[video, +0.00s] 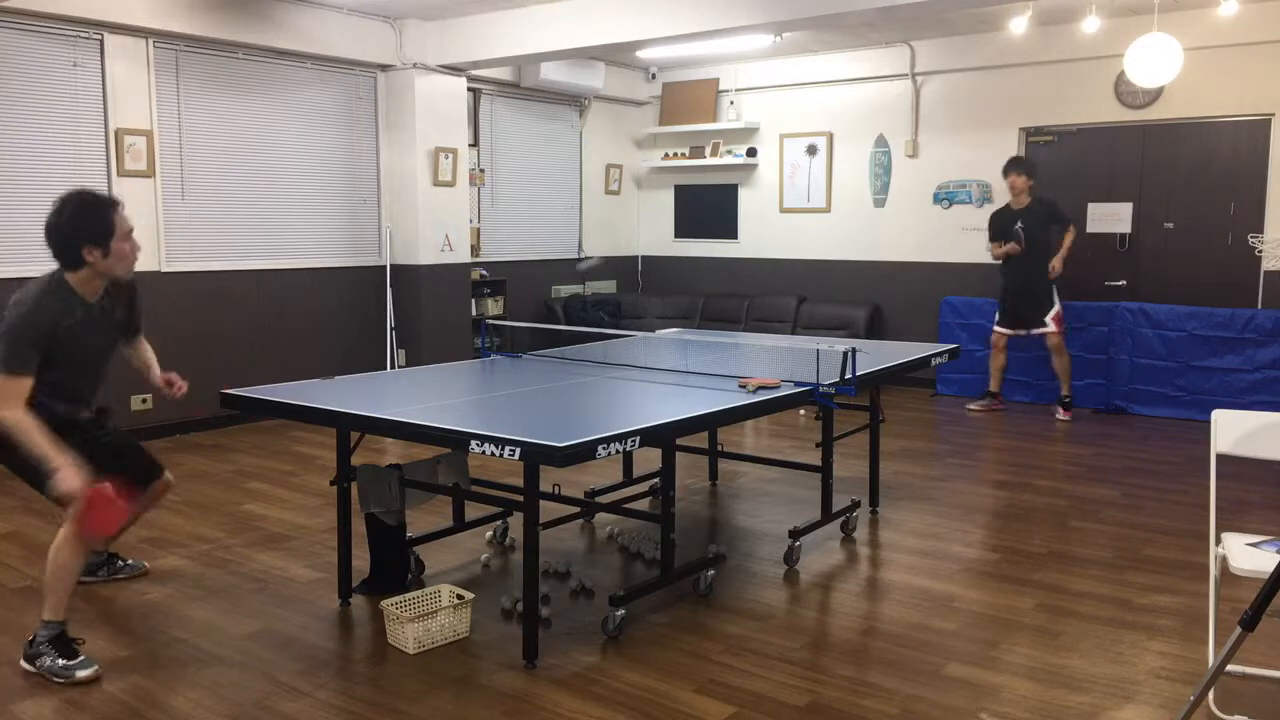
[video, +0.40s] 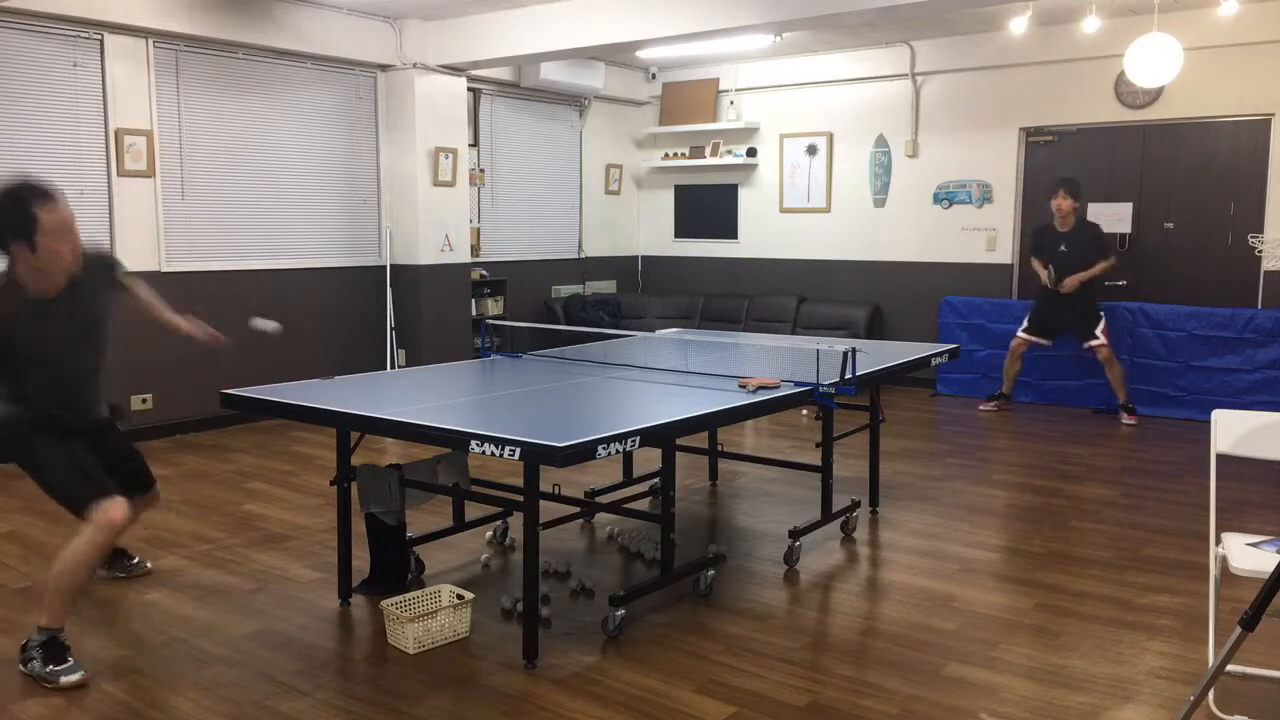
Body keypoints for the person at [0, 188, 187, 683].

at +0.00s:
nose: (136, 243)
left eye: (132, 232)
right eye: (126, 237)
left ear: (96, 252)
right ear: (92, 253)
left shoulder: (120, 292)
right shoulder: (35, 310)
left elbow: (133, 339)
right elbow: (11, 407)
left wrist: (156, 373)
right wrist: (61, 463)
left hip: (78, 420)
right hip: (27, 424)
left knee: (154, 483)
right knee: (88, 502)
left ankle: (91, 555)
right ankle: (48, 639)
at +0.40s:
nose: (76, 241)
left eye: (74, 229)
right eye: (62, 233)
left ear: (76, 227)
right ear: (22, 249)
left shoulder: (95, 271)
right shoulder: (7, 306)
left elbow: (133, 290)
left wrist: (178, 322)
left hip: (87, 417)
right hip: (28, 425)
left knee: (140, 494)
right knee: (110, 512)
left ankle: (102, 554)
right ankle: (45, 640)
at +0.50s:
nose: (61, 189)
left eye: (60, 176)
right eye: (45, 182)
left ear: (61, 175)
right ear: (10, 200)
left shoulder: (46, 239)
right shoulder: (21, 257)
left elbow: (76, 304)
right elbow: (73, 348)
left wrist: (118, 304)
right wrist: (143, 322)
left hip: (81, 394)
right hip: (47, 409)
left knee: (144, 467)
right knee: (121, 517)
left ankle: (105, 558)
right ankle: (45, 642)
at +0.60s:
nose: (61, 157)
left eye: (56, 147)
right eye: (48, 152)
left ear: (18, 170)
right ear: (14, 170)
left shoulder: (27, 212)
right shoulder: (29, 207)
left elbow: (53, 282)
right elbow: (116, 162)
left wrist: (107, 251)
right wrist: (87, 138)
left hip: (66, 394)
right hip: (52, 402)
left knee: (118, 475)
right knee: (146, 514)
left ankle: (62, 565)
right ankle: (42, 630)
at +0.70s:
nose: (64, 165)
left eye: (58, 154)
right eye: (51, 158)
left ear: (18, 178)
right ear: (17, 176)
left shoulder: (14, 221)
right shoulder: (38, 219)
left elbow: (37, 304)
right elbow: (136, 193)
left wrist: (98, 277)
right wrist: (100, 137)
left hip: (24, 403)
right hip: (56, 405)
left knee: (86, 491)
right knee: (159, 526)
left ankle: (10, 586)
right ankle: (89, 672)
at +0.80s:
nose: (68, 190)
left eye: (63, 178)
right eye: (58, 181)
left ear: (18, 196)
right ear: (25, 196)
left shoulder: (7, 247)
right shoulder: (49, 249)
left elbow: (19, 320)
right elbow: (158, 268)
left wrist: (79, 318)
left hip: (13, 427)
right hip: (60, 427)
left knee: (68, 510)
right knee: (149, 548)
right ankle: (97, 687)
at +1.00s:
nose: (92, 143)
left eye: (86, 132)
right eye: (81, 135)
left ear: (41, 153)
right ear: (52, 152)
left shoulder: (17, 208)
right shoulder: (45, 217)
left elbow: (32, 293)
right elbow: (79, 308)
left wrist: (98, 283)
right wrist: (160, 287)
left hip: (10, 388)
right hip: (30, 392)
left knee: (29, 500)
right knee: (90, 505)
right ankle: (69, 663)